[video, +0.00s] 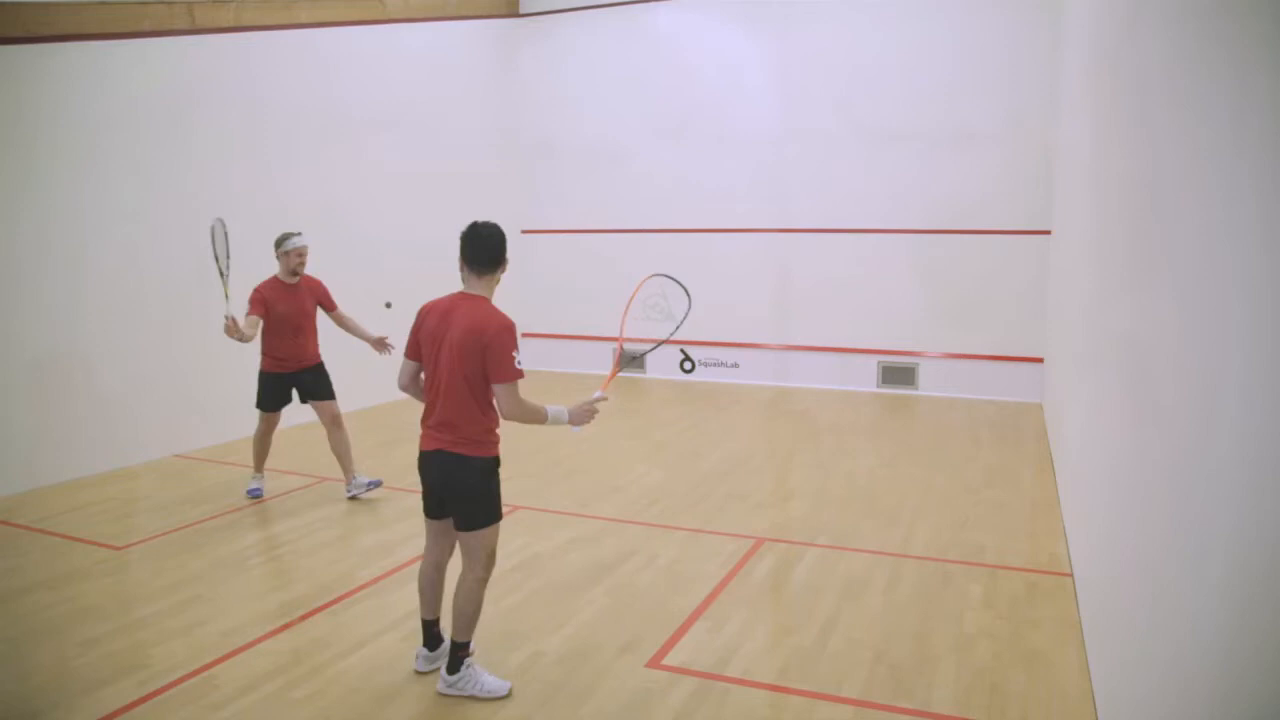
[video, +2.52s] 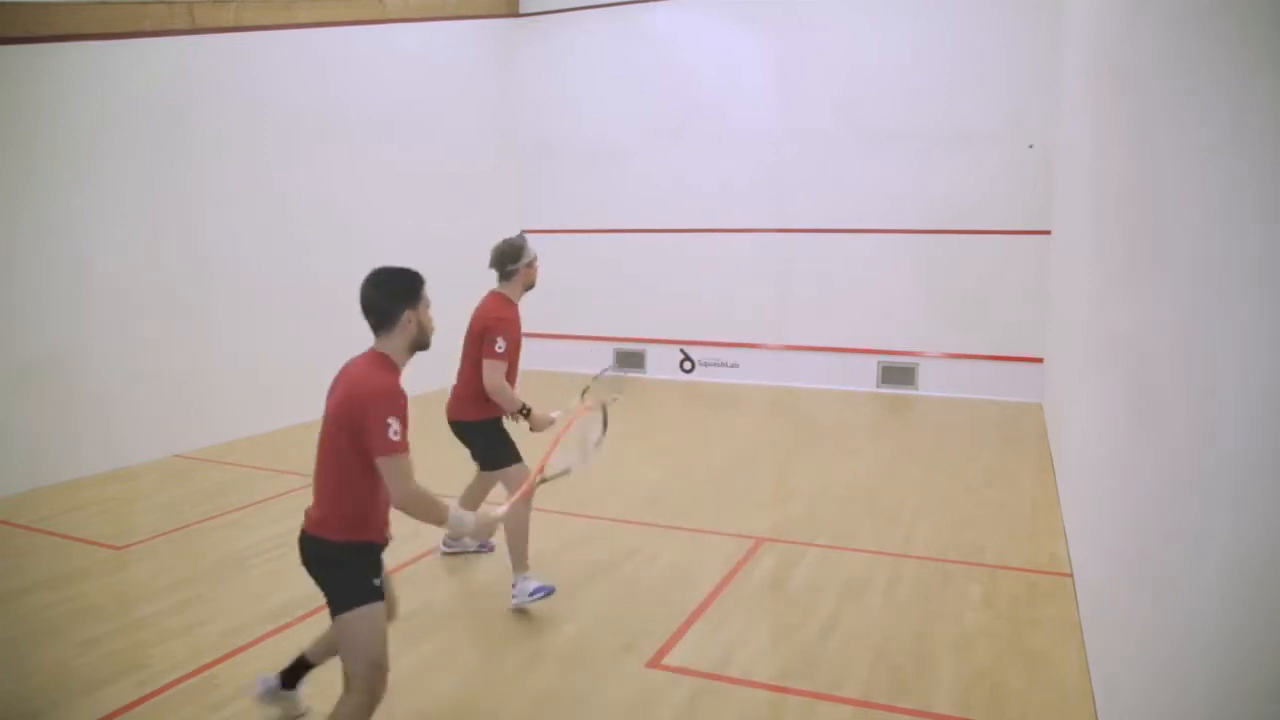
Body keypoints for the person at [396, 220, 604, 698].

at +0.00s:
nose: (502, 268)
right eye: (504, 261)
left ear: (461, 262)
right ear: (503, 266)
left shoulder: (431, 312)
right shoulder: (496, 325)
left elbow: (407, 381)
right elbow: (510, 407)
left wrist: (447, 401)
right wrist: (566, 414)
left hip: (432, 458)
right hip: (473, 464)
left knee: (436, 549)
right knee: (477, 566)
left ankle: (430, 646)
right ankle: (458, 668)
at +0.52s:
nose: (552, 272)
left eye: (548, 264)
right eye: (551, 264)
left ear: (507, 269)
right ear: (544, 270)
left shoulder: (480, 316)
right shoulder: (529, 331)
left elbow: (455, 382)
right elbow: (544, 413)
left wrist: (493, 418)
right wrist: (601, 436)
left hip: (479, 452)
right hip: (501, 461)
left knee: (520, 522)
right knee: (488, 563)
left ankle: (511, 618)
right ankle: (456, 669)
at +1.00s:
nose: (651, 272)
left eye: (647, 265)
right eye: (648, 266)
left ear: (611, 273)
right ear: (642, 272)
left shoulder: (600, 317)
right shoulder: (619, 326)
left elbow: (602, 378)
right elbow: (638, 397)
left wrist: (645, 376)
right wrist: (700, 387)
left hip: (587, 450)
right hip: (612, 456)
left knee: (579, 530)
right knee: (679, 531)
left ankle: (545, 615)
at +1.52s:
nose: (760, 320)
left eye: (759, 312)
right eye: (752, 313)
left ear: (738, 318)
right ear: (725, 318)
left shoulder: (742, 365)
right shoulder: (693, 366)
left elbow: (754, 424)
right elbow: (675, 436)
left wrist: (797, 467)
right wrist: (717, 442)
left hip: (727, 472)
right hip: (689, 483)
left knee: (771, 540)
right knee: (751, 557)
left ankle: (754, 592)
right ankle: (752, 637)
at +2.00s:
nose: (616, 366)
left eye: (619, 355)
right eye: (607, 357)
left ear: (620, 350)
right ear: (571, 350)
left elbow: (656, 398)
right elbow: (446, 425)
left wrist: (702, 417)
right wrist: (441, 374)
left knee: (663, 587)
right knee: (518, 635)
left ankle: (687, 644)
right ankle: (496, 716)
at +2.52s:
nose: (433, 317)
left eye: (429, 306)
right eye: (427, 307)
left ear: (383, 317)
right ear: (409, 317)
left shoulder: (356, 372)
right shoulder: (380, 389)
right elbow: (402, 493)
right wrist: (468, 522)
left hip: (334, 536)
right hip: (345, 548)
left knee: (382, 607)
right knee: (365, 688)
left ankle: (284, 682)